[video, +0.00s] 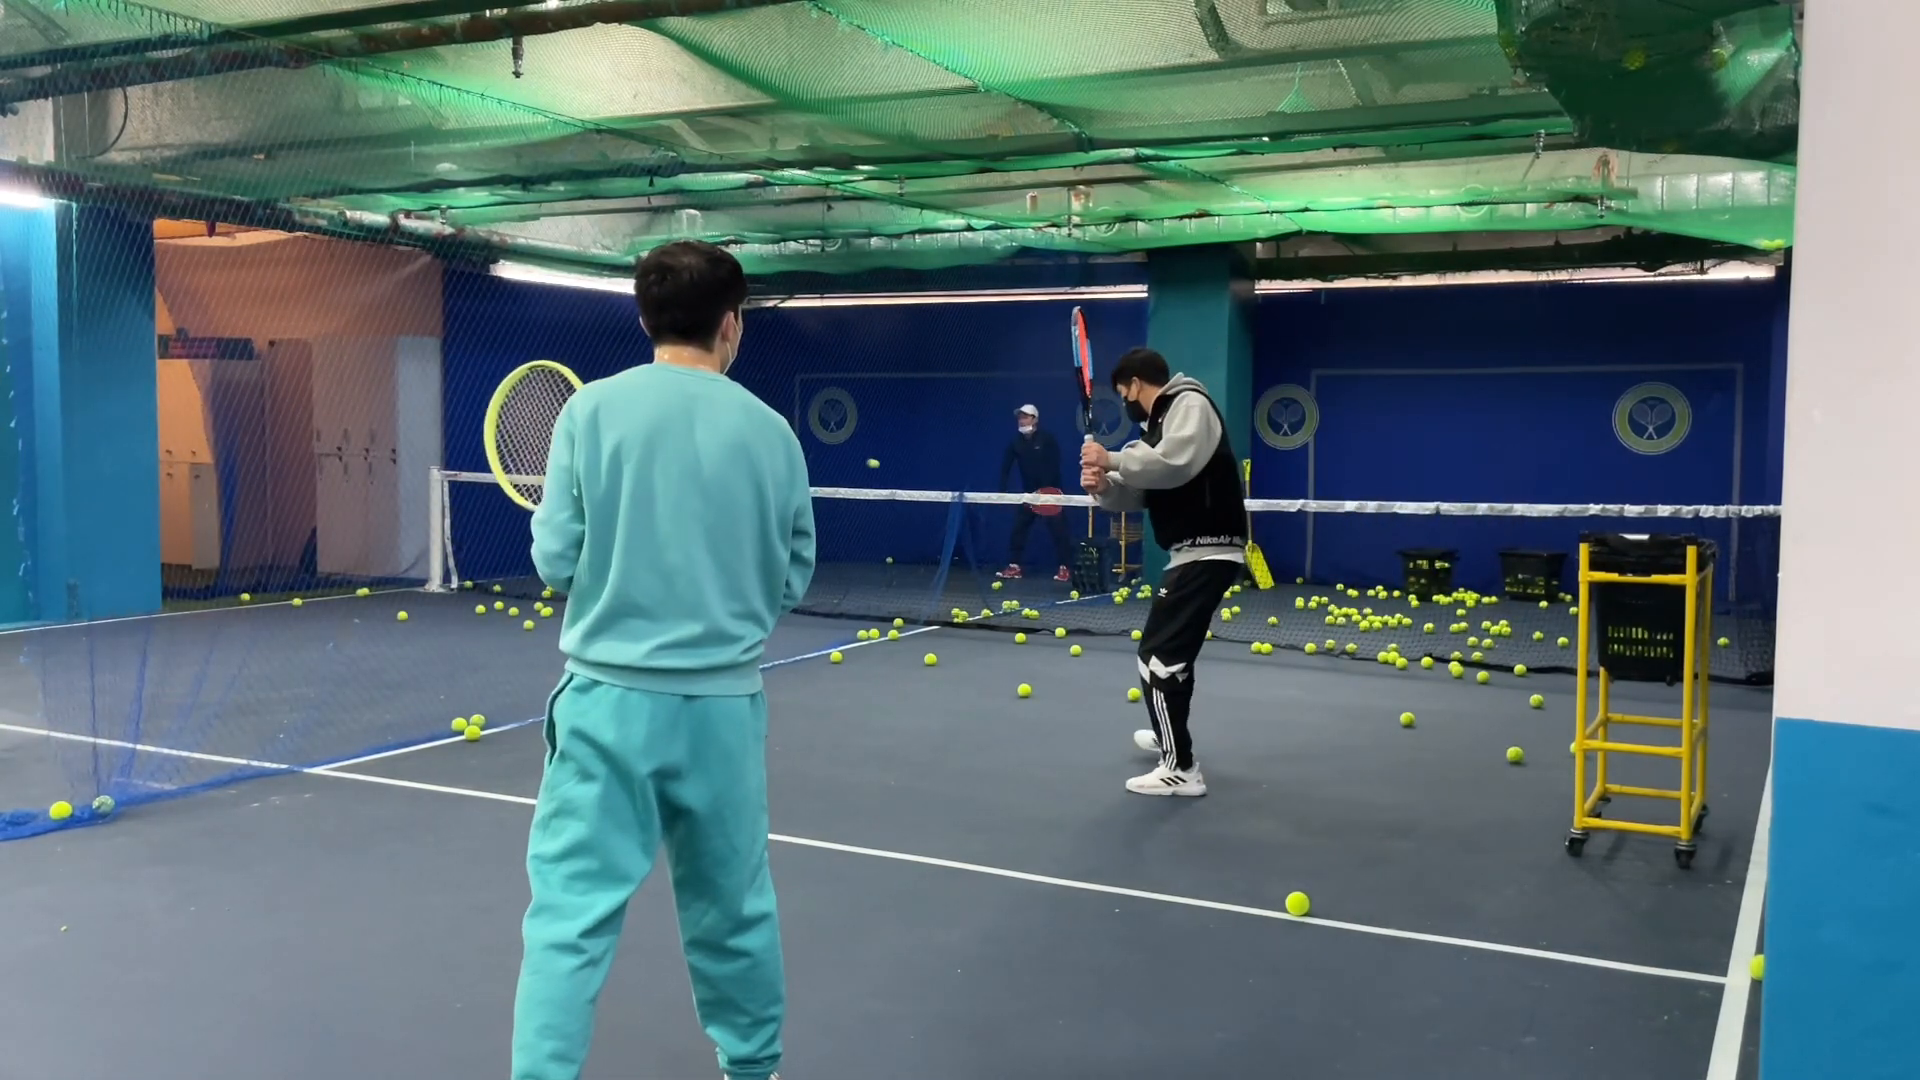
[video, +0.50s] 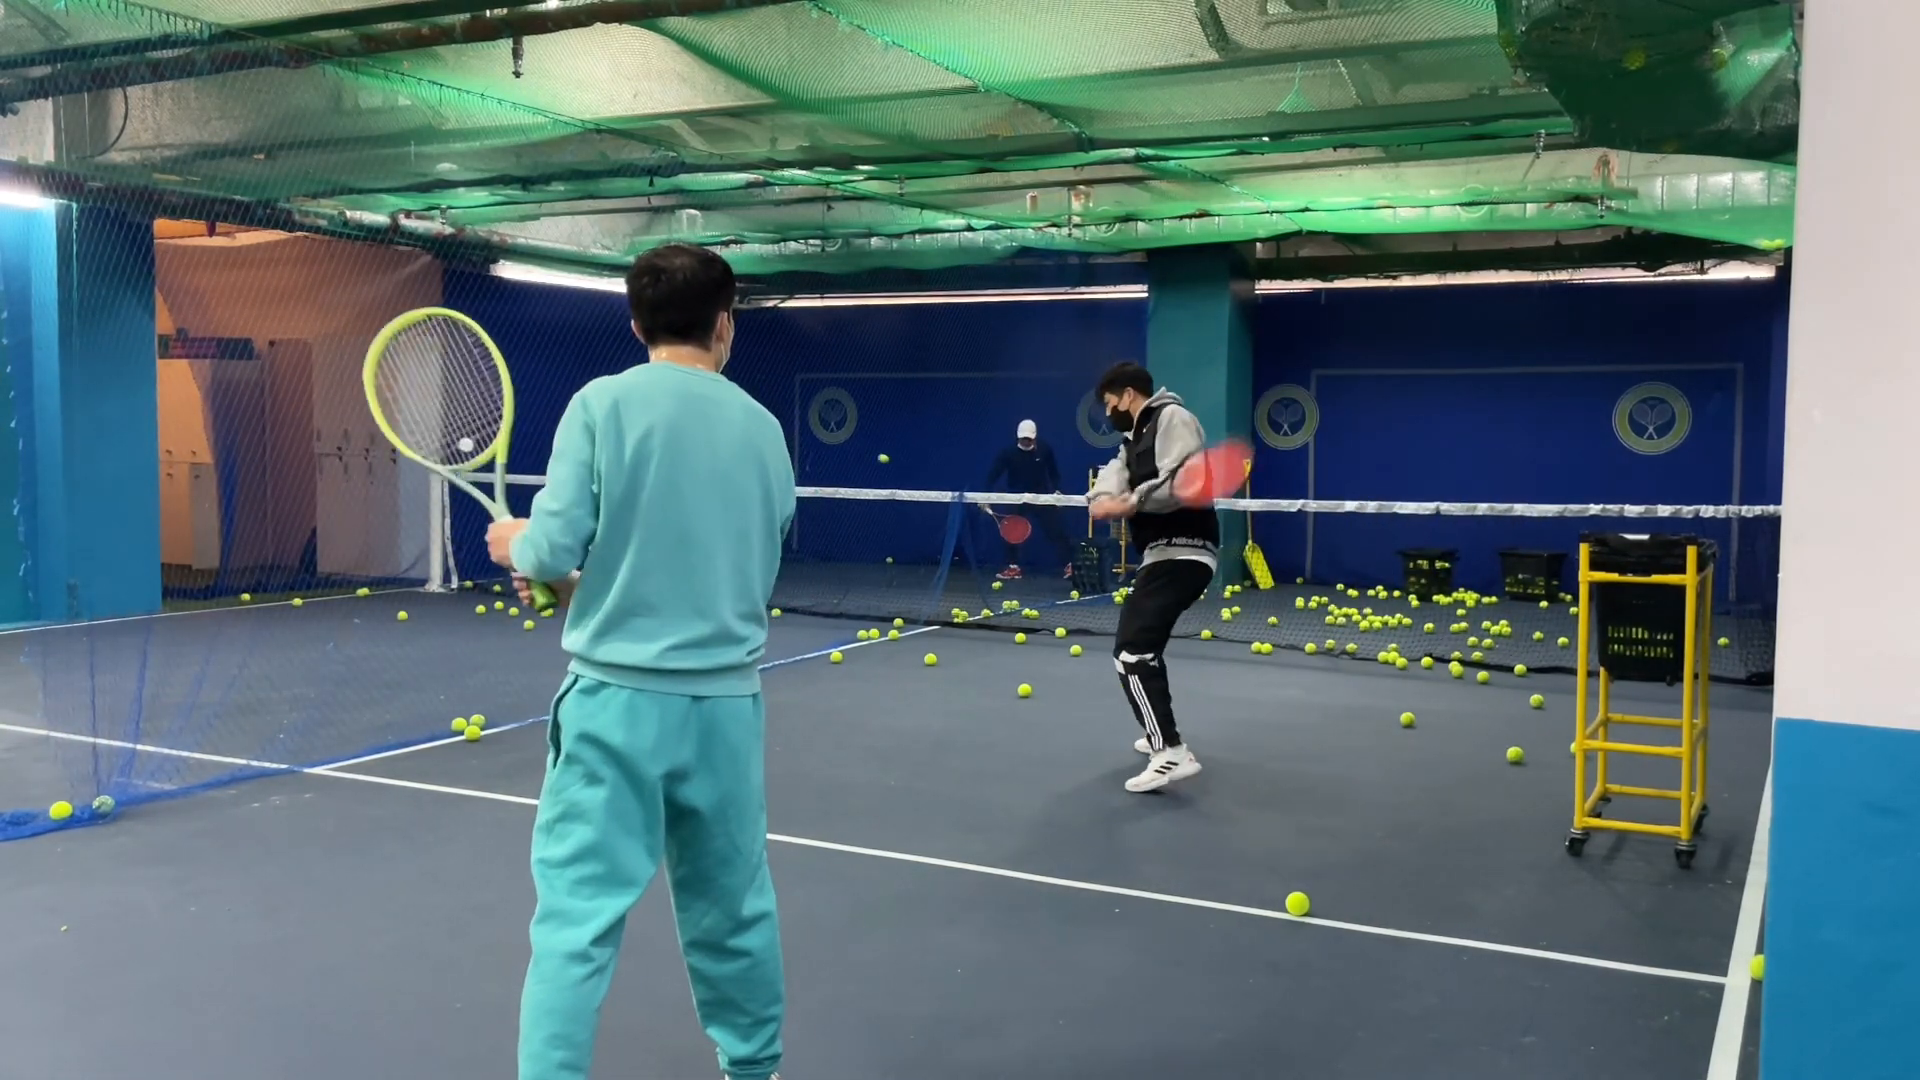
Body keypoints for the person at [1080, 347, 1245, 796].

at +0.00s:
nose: (1129, 405)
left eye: (1125, 395)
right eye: (1124, 398)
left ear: (1135, 383)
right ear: (1153, 380)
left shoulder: (1190, 403)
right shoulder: (1162, 421)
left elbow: (1175, 461)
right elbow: (1143, 492)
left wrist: (1111, 460)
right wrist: (1105, 486)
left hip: (1210, 553)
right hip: (1192, 553)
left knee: (1162, 655)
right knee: (1157, 649)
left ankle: (1180, 770)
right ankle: (1173, 735)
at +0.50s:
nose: (1110, 415)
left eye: (1111, 405)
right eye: (1108, 408)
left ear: (1129, 395)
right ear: (1131, 398)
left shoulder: (1173, 417)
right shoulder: (1137, 437)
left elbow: (1189, 482)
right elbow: (1114, 474)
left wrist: (1132, 501)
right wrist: (1104, 496)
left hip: (1183, 554)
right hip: (1160, 555)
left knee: (1135, 652)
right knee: (1133, 649)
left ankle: (1172, 751)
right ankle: (1162, 735)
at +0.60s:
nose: (1118, 407)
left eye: (1118, 398)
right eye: (1115, 400)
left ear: (1135, 388)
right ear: (1147, 385)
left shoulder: (1152, 420)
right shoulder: (1176, 417)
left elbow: (1132, 487)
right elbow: (1142, 489)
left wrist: (1095, 534)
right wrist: (1101, 532)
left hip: (1168, 557)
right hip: (1192, 557)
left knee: (1132, 649)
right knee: (1155, 646)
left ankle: (1163, 742)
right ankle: (1163, 733)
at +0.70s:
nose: (1116, 400)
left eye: (1116, 392)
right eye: (1114, 394)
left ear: (1132, 384)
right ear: (1159, 380)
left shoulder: (1132, 424)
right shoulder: (1203, 422)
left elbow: (1100, 496)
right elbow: (1192, 485)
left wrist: (1104, 533)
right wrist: (1129, 526)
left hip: (1154, 559)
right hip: (1200, 559)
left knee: (1133, 651)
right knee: (1170, 645)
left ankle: (1159, 734)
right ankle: (1166, 733)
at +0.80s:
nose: (1117, 393)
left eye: (1117, 386)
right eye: (1116, 387)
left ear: (1131, 380)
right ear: (1161, 374)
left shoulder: (1121, 425)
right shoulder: (1204, 415)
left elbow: (1116, 490)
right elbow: (1212, 468)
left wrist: (1142, 508)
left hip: (1149, 556)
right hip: (1198, 554)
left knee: (1134, 646)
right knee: (1174, 645)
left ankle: (1151, 729)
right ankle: (1171, 735)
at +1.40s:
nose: (1131, 367)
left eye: (1136, 359)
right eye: (1130, 360)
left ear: (1160, 358)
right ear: (1175, 361)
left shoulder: (1144, 405)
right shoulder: (1205, 412)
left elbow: (1114, 478)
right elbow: (1190, 480)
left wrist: (1118, 516)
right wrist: (1126, 512)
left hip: (1154, 549)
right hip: (1196, 551)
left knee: (1134, 638)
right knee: (1170, 643)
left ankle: (1154, 731)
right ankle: (1172, 733)